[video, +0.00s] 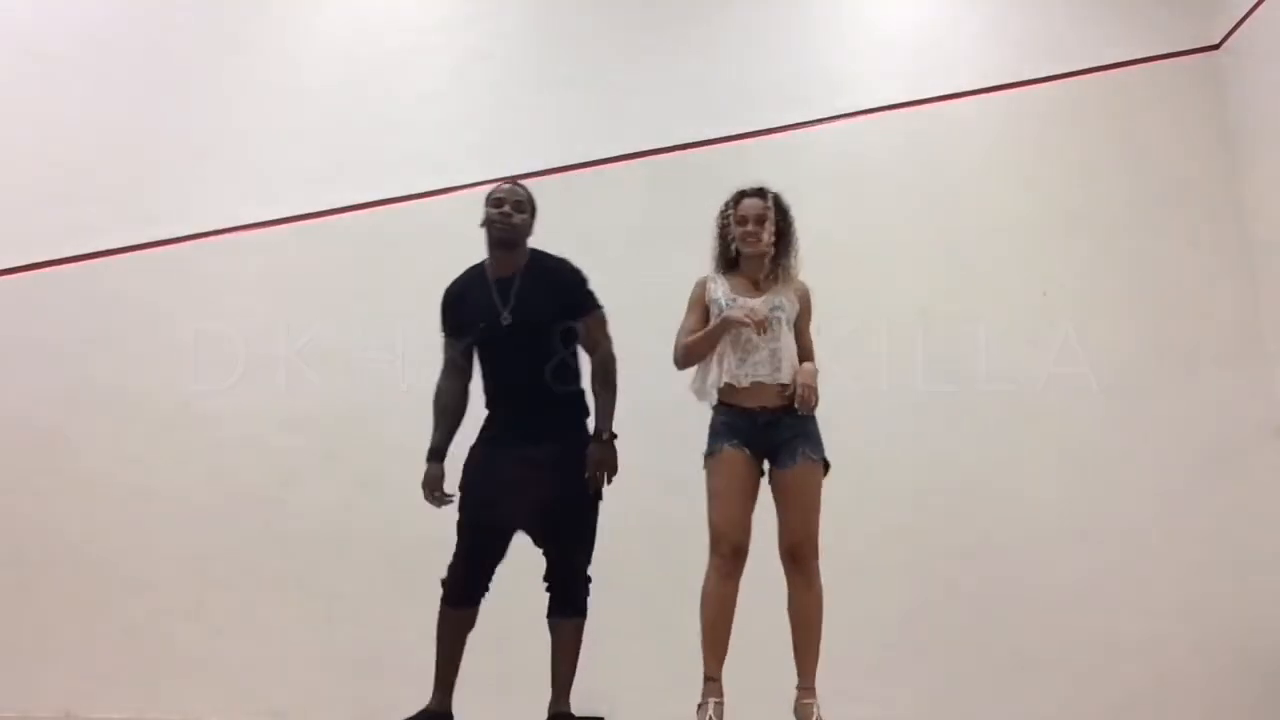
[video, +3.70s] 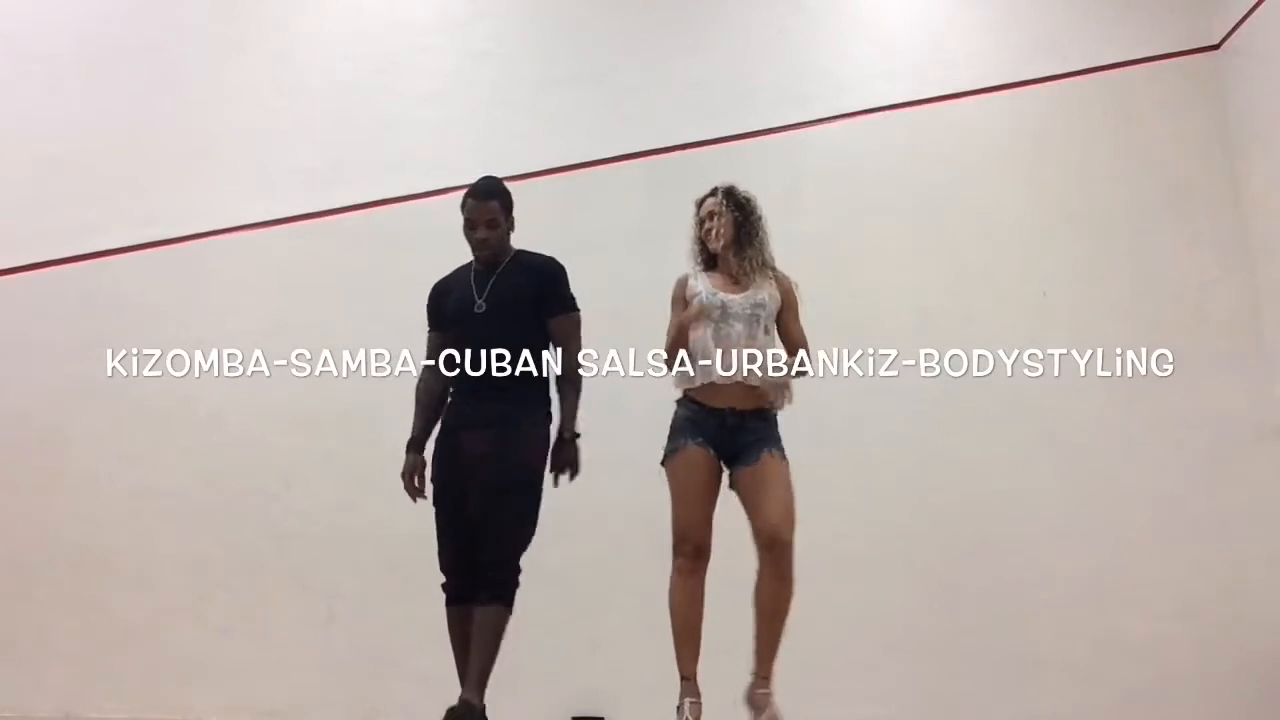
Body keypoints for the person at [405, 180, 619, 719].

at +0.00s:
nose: (506, 211)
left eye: (518, 206)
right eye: (497, 204)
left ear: (533, 222)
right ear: (482, 218)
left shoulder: (561, 278)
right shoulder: (464, 291)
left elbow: (602, 355)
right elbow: (455, 376)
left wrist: (604, 435)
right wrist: (436, 455)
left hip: (564, 446)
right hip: (499, 445)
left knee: (569, 581)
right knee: (464, 576)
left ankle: (560, 707)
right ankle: (440, 703)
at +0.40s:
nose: (475, 215)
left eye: (487, 212)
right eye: (466, 209)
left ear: (500, 234)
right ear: (450, 227)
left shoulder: (521, 291)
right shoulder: (425, 295)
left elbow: (549, 376)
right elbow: (411, 368)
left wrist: (542, 449)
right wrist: (418, 424)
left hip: (509, 444)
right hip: (451, 444)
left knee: (486, 559)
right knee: (436, 569)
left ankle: (527, 691)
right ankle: (437, 704)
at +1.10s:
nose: (499, 211)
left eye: (510, 207)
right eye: (490, 207)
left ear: (526, 230)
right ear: (477, 228)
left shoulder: (542, 303)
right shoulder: (450, 273)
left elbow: (549, 382)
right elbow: (397, 345)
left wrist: (502, 365)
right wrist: (369, 421)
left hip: (509, 449)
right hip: (448, 446)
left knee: (503, 574)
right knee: (447, 565)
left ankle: (465, 703)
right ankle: (423, 682)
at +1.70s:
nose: (461, 182)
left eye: (473, 178)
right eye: (453, 177)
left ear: (490, 200)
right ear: (439, 198)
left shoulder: (513, 255)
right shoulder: (411, 266)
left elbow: (548, 333)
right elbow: (385, 344)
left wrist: (551, 412)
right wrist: (405, 343)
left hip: (492, 439)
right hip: (423, 437)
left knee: (482, 575)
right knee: (416, 570)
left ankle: (464, 705)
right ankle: (418, 703)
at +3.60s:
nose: (480, 234)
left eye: (490, 224)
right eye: (471, 225)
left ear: (509, 222)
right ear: (462, 226)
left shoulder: (543, 274)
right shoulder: (450, 291)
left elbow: (567, 358)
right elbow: (441, 369)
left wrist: (555, 432)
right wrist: (419, 434)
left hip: (516, 444)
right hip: (457, 445)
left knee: (500, 566)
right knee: (458, 569)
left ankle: (482, 698)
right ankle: (472, 698)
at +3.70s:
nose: (480, 231)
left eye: (490, 221)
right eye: (471, 222)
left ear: (510, 220)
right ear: (462, 224)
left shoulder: (543, 274)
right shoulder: (447, 290)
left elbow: (571, 357)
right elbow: (435, 372)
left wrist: (567, 432)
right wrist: (416, 445)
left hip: (518, 446)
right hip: (457, 446)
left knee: (497, 565)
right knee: (458, 569)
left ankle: (472, 697)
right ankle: (472, 697)